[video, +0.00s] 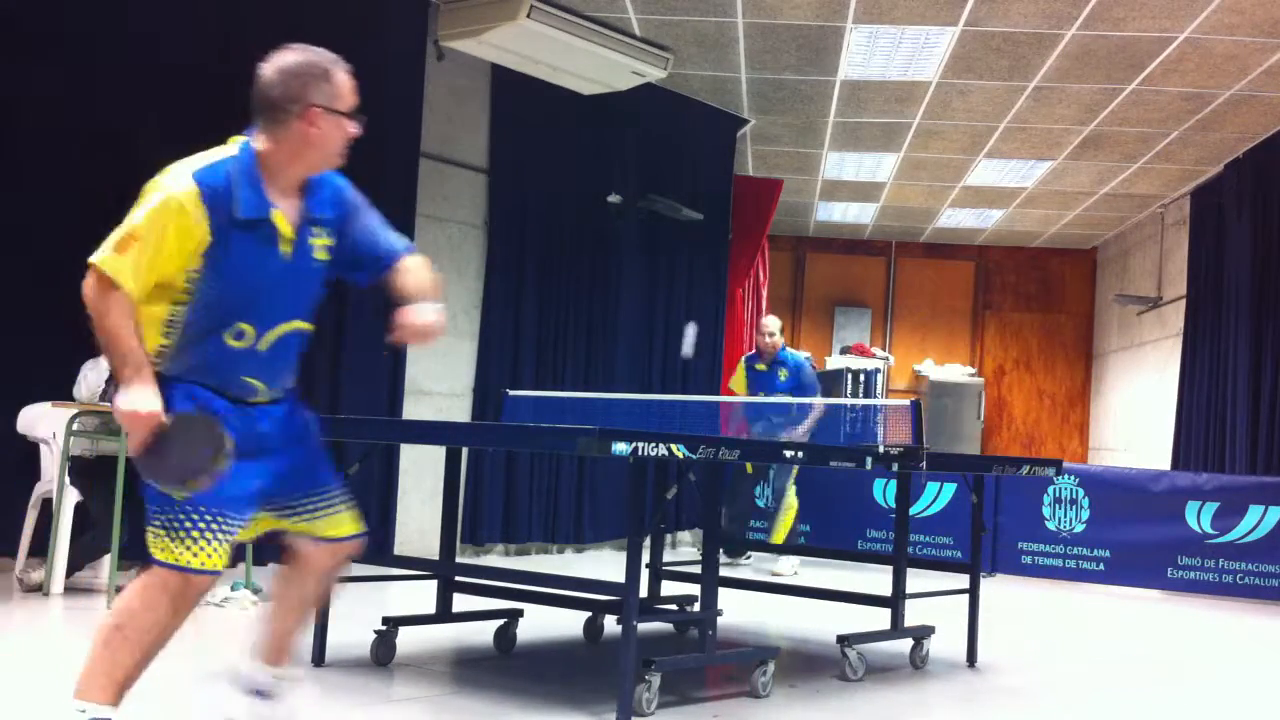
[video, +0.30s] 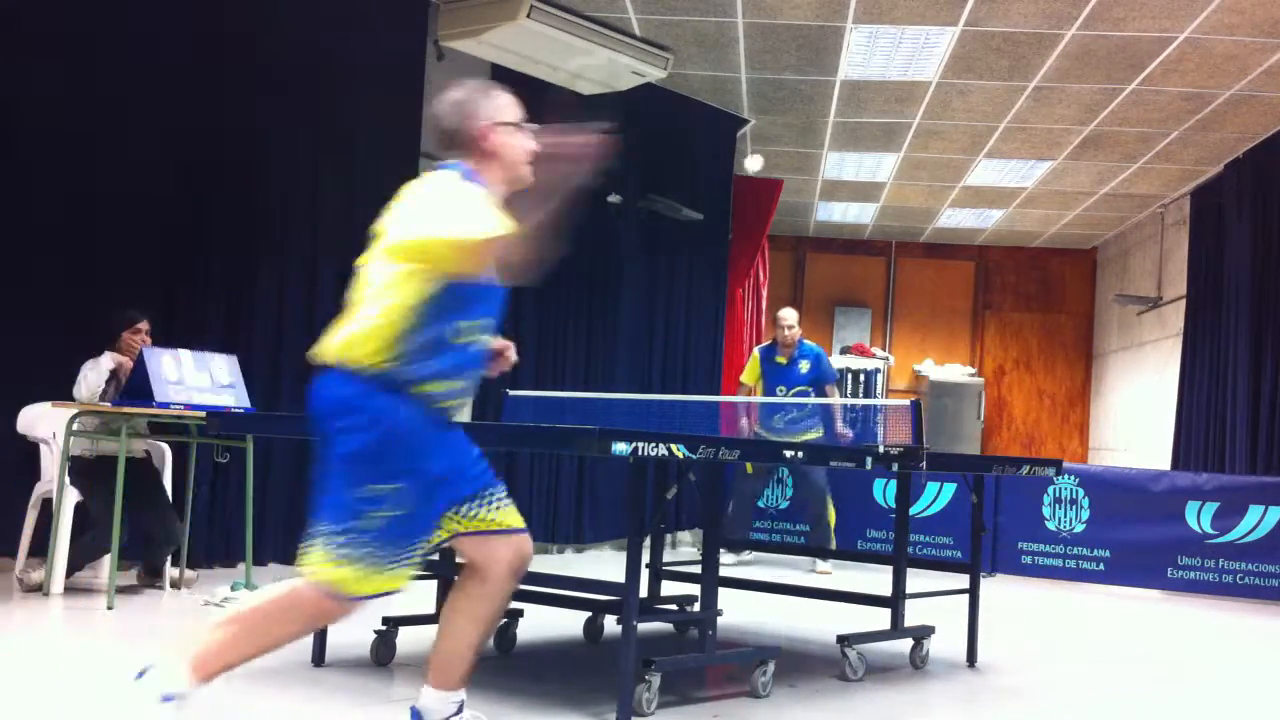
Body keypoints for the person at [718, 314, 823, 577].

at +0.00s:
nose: (767, 340)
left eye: (772, 335)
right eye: (762, 334)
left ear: (781, 337)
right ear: (755, 337)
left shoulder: (798, 364)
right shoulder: (747, 363)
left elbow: (818, 404)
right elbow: (737, 400)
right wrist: (740, 429)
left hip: (789, 435)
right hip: (757, 433)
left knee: (782, 490)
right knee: (740, 487)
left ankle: (787, 553)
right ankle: (735, 549)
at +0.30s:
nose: (787, 333)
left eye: (791, 328)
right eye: (782, 328)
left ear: (800, 328)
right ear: (775, 329)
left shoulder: (815, 353)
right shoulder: (761, 354)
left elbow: (831, 391)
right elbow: (744, 389)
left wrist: (837, 424)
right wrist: (743, 419)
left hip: (808, 437)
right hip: (766, 435)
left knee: (818, 490)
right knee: (746, 486)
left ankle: (823, 554)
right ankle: (737, 546)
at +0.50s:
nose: (804, 338)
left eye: (809, 333)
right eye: (800, 333)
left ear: (816, 335)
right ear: (792, 335)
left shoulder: (829, 363)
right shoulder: (775, 359)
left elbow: (839, 405)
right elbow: (755, 391)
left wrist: (845, 441)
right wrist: (763, 419)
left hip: (820, 442)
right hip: (779, 441)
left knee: (846, 492)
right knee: (757, 491)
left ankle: (859, 554)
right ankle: (749, 550)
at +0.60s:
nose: (817, 342)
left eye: (821, 337)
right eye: (812, 337)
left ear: (828, 339)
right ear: (803, 339)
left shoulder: (840, 367)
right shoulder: (787, 362)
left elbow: (851, 409)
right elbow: (767, 396)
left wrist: (855, 445)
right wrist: (782, 415)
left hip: (832, 442)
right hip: (790, 441)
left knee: (856, 492)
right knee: (764, 491)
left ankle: (870, 556)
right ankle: (747, 552)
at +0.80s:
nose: (871, 336)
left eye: (873, 331)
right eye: (865, 331)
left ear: (873, 332)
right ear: (852, 331)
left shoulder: (852, 352)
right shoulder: (848, 355)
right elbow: (862, 398)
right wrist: (882, 423)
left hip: (848, 434)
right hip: (840, 436)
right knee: (862, 492)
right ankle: (868, 554)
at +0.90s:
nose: (899, 346)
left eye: (900, 340)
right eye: (895, 341)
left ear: (875, 341)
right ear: (878, 340)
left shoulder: (856, 358)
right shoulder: (881, 363)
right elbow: (918, 395)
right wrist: (962, 406)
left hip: (830, 436)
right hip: (846, 442)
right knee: (861, 498)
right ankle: (864, 555)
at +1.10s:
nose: (943, 379)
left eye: (944, 374)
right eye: (942, 373)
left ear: (922, 369)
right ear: (926, 371)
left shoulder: (882, 373)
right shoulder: (916, 386)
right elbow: (947, 436)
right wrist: (982, 450)